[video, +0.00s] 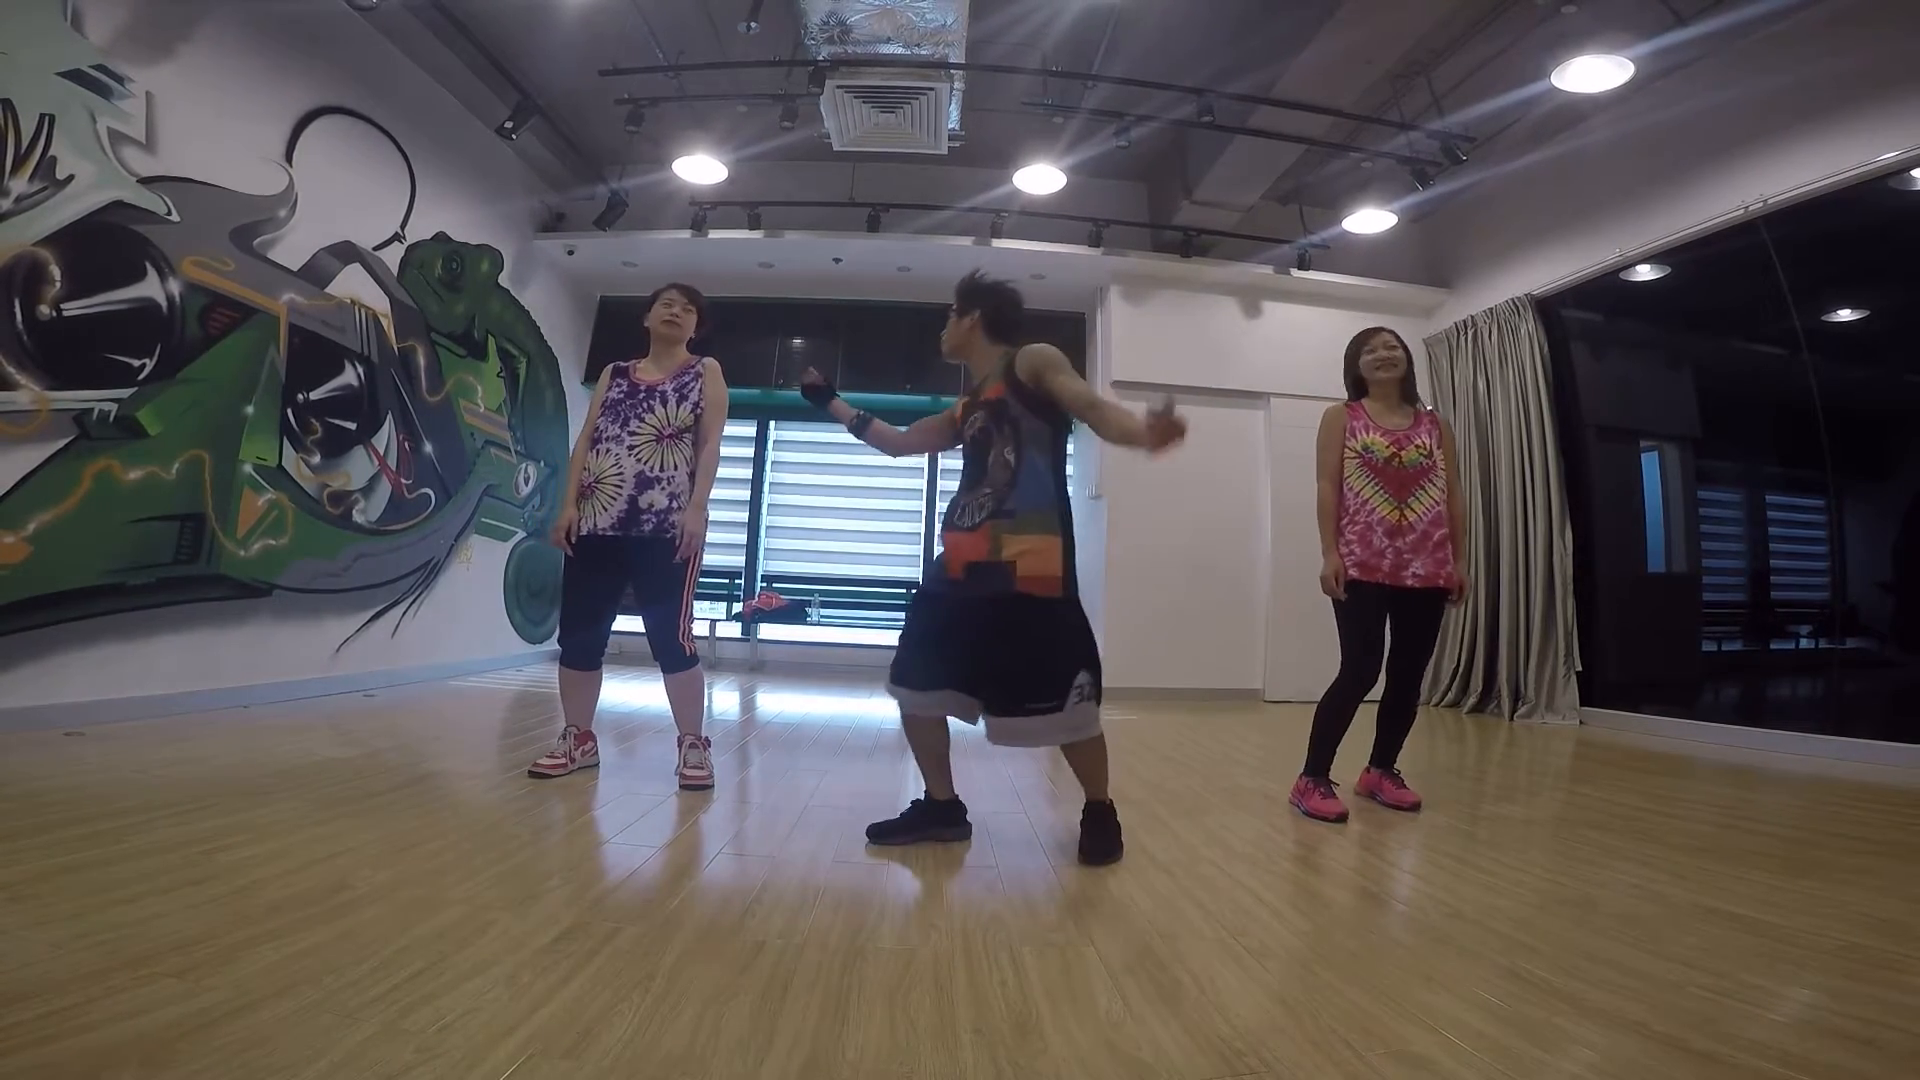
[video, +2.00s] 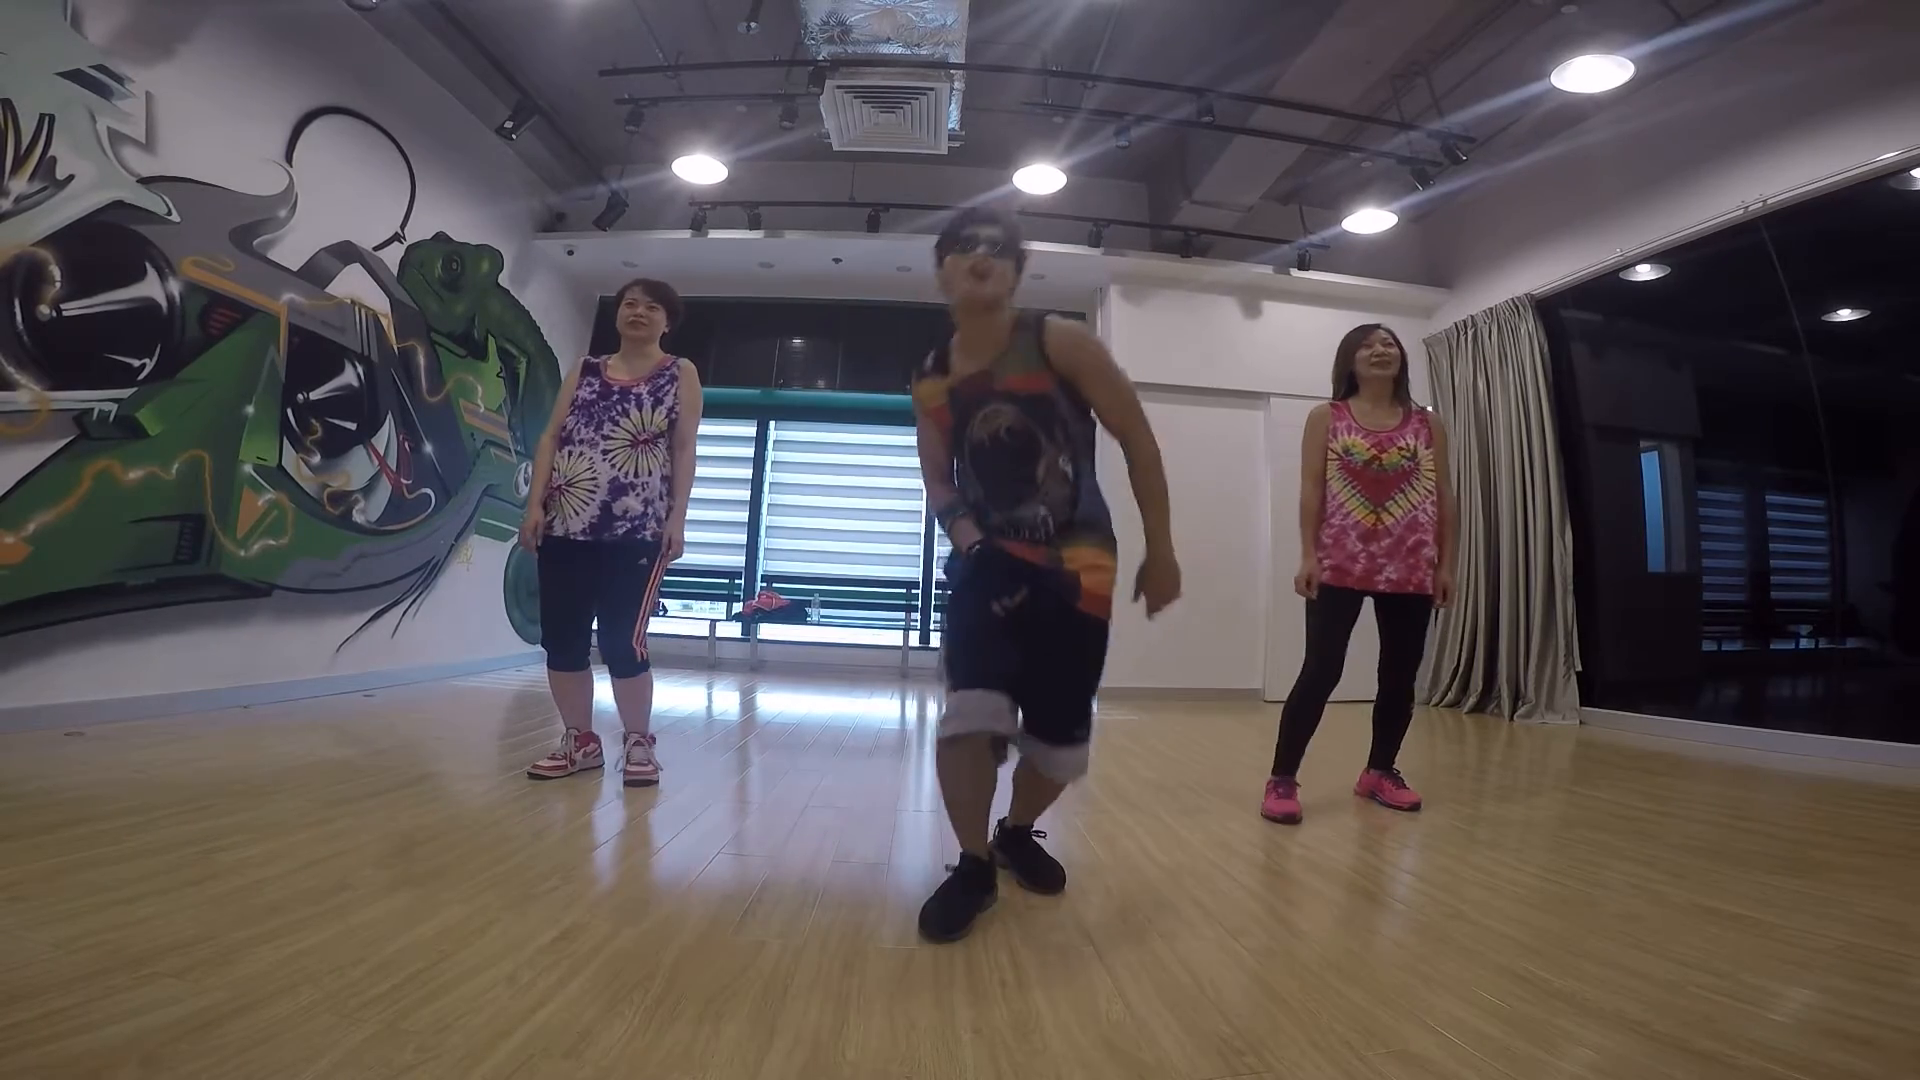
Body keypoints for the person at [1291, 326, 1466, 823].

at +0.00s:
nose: (1384, 354)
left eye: (1392, 346)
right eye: (1370, 350)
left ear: (1408, 360)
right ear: (1356, 368)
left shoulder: (1435, 424)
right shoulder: (1341, 417)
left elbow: (1452, 495)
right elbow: (1328, 486)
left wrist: (1458, 561)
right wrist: (1330, 554)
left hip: (1425, 570)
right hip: (1362, 568)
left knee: (1406, 679)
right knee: (1360, 672)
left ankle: (1381, 772)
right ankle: (1313, 780)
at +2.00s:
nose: (1380, 349)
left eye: (1389, 344)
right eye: (1368, 345)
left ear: (1403, 361)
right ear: (1349, 362)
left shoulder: (1427, 423)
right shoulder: (1327, 417)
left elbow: (1442, 495)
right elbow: (1312, 488)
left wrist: (1444, 564)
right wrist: (1309, 555)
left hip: (1408, 567)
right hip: (1340, 564)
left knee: (1399, 675)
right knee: (1321, 671)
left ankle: (1379, 772)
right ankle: (1283, 780)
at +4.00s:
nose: (1345, 365)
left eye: (1351, 360)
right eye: (1333, 361)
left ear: (1361, 375)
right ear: (1314, 376)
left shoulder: (1368, 434)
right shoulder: (1292, 417)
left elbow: (1370, 502)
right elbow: (1271, 472)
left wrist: (1385, 561)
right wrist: (1270, 509)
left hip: (1350, 565)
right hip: (1296, 559)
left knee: (1333, 665)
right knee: (1310, 658)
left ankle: (1308, 752)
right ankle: (1295, 762)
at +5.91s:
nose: (1326, 367)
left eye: (1334, 361)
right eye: (1314, 363)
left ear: (1346, 375)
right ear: (1298, 380)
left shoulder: (1368, 431)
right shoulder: (1283, 432)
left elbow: (1385, 496)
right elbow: (1268, 497)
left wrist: (1396, 556)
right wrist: (1260, 561)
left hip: (1357, 570)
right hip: (1298, 569)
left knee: (1338, 668)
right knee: (1321, 663)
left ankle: (1316, 754)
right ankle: (1299, 761)